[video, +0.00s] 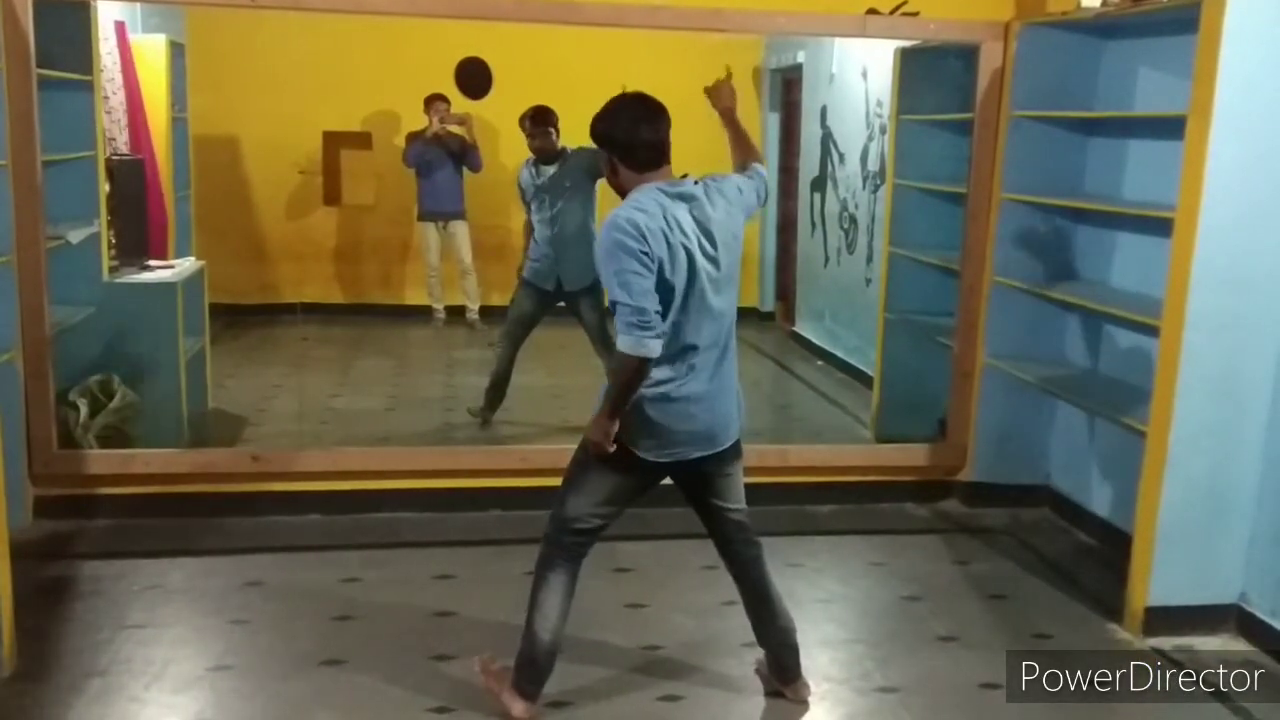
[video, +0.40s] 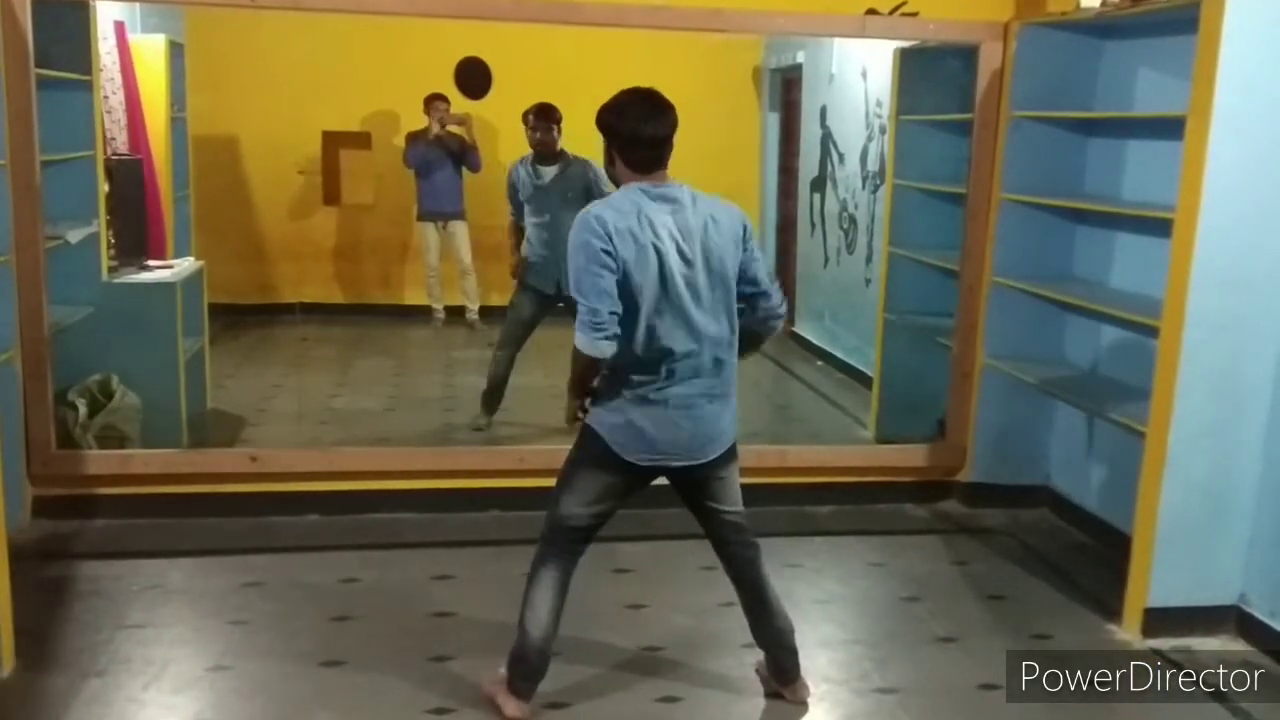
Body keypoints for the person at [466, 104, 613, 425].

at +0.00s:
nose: (534, 143)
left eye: (539, 136)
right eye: (529, 137)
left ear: (556, 133)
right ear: (525, 138)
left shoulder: (583, 161)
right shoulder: (527, 174)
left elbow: (623, 161)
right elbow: (531, 221)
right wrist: (524, 267)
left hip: (580, 272)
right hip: (539, 272)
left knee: (603, 343)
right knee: (509, 339)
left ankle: (630, 405)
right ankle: (487, 410)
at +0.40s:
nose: (539, 136)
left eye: (546, 129)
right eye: (534, 130)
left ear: (559, 131)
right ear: (526, 133)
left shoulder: (585, 171)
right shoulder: (519, 173)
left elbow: (610, 214)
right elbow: (517, 218)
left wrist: (606, 256)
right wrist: (516, 255)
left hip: (581, 272)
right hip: (538, 272)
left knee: (594, 343)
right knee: (507, 342)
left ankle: (581, 408)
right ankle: (486, 412)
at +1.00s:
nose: (535, 135)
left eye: (541, 127)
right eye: (528, 128)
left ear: (552, 128)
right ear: (518, 130)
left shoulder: (577, 160)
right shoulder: (509, 164)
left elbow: (596, 209)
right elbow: (496, 218)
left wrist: (592, 257)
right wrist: (509, 266)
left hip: (573, 266)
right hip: (528, 269)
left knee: (587, 338)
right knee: (503, 342)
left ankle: (591, 406)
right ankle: (488, 410)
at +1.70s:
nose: (539, 137)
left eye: (544, 130)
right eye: (532, 131)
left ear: (554, 131)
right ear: (521, 132)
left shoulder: (564, 166)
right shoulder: (511, 169)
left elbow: (538, 198)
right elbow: (503, 220)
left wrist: (511, 176)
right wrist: (509, 265)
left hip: (567, 274)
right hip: (531, 274)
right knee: (502, 339)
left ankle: (592, 407)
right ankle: (488, 409)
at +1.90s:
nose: (517, 135)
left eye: (523, 127)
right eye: (511, 128)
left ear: (534, 127)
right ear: (503, 130)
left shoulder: (548, 164)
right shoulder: (497, 162)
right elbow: (489, 219)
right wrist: (498, 265)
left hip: (552, 272)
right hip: (515, 272)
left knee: (569, 338)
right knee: (490, 336)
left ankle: (579, 403)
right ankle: (486, 409)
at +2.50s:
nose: (538, 132)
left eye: (544, 126)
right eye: (531, 126)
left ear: (554, 128)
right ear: (520, 130)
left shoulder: (578, 165)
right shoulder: (512, 171)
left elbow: (597, 212)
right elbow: (513, 222)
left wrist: (595, 256)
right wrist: (522, 264)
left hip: (584, 266)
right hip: (543, 268)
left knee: (610, 336)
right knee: (515, 341)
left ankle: (611, 403)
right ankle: (489, 412)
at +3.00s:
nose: (577, 126)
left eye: (583, 120)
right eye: (570, 119)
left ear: (590, 123)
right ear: (556, 121)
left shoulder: (598, 168)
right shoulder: (537, 159)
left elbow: (616, 211)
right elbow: (489, 167)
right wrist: (518, 165)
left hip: (591, 278)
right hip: (544, 276)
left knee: (624, 346)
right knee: (512, 347)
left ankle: (635, 423)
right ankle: (488, 411)